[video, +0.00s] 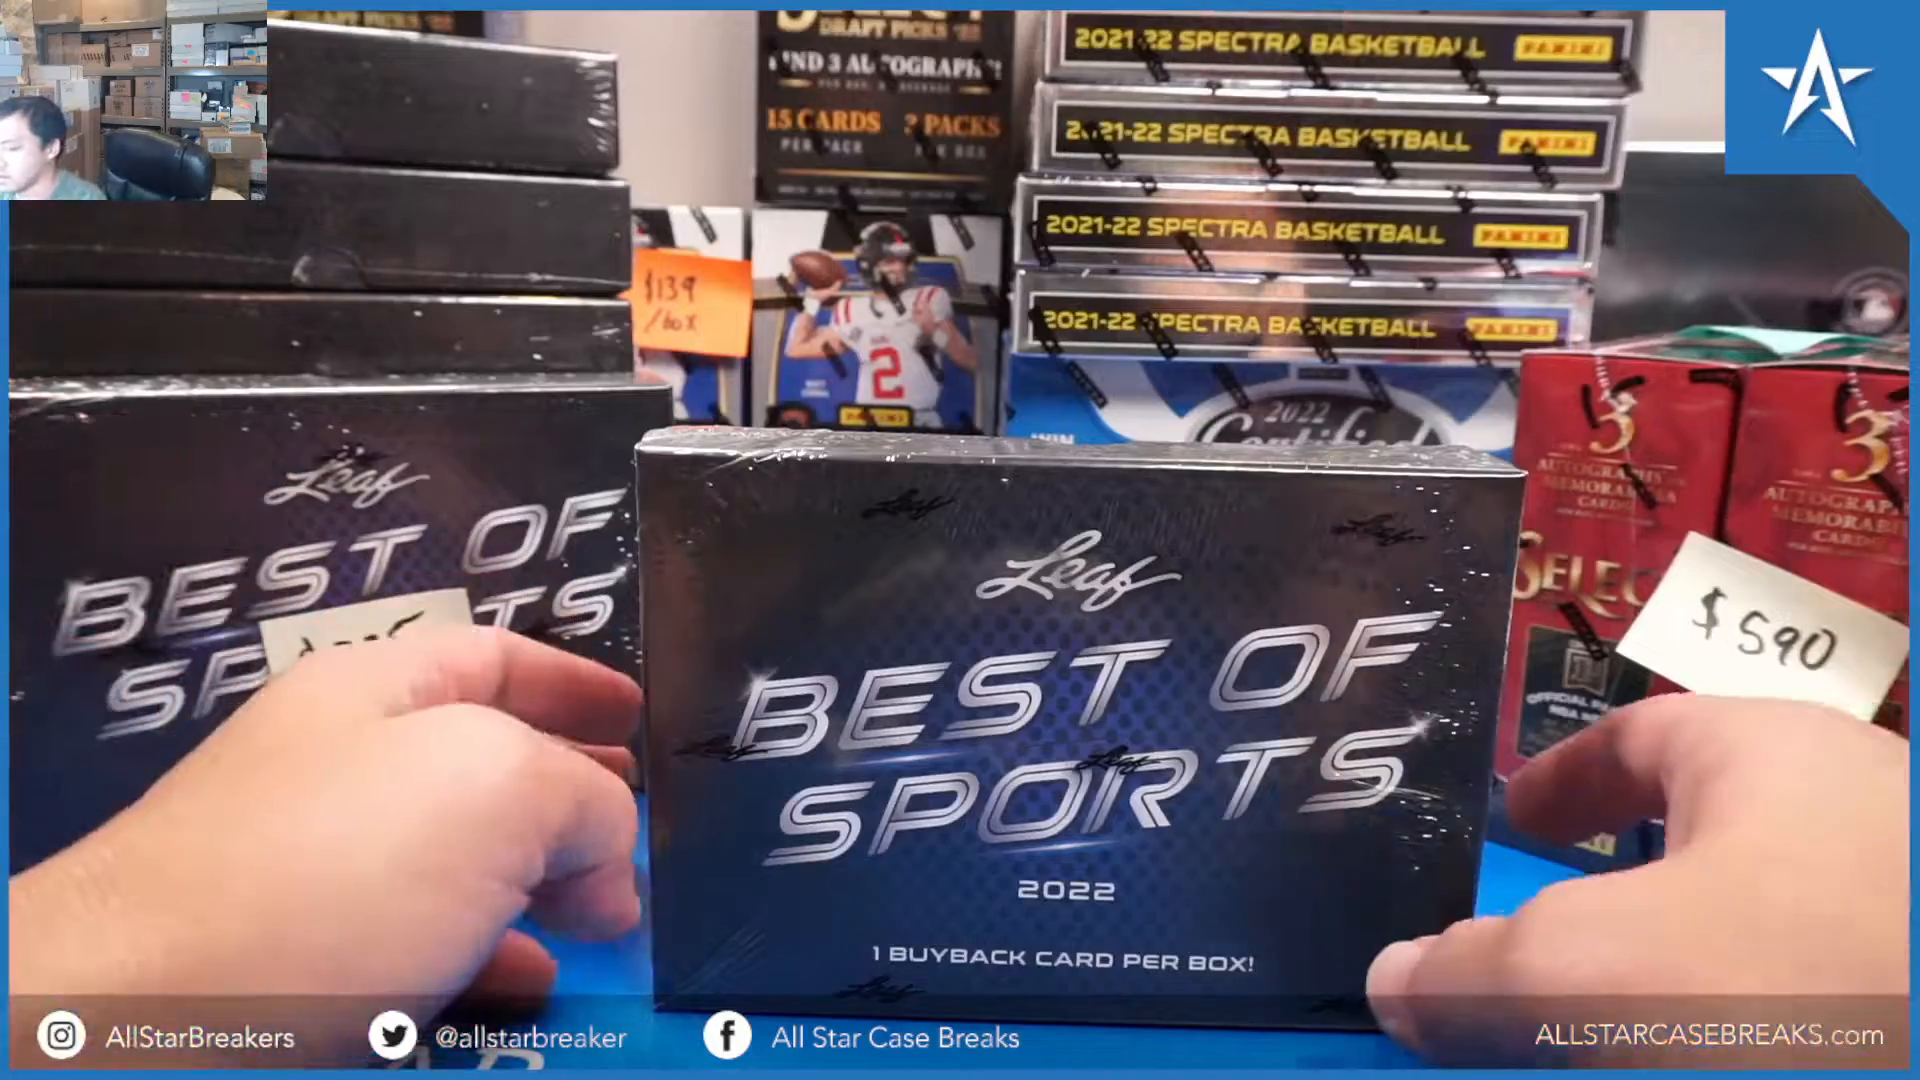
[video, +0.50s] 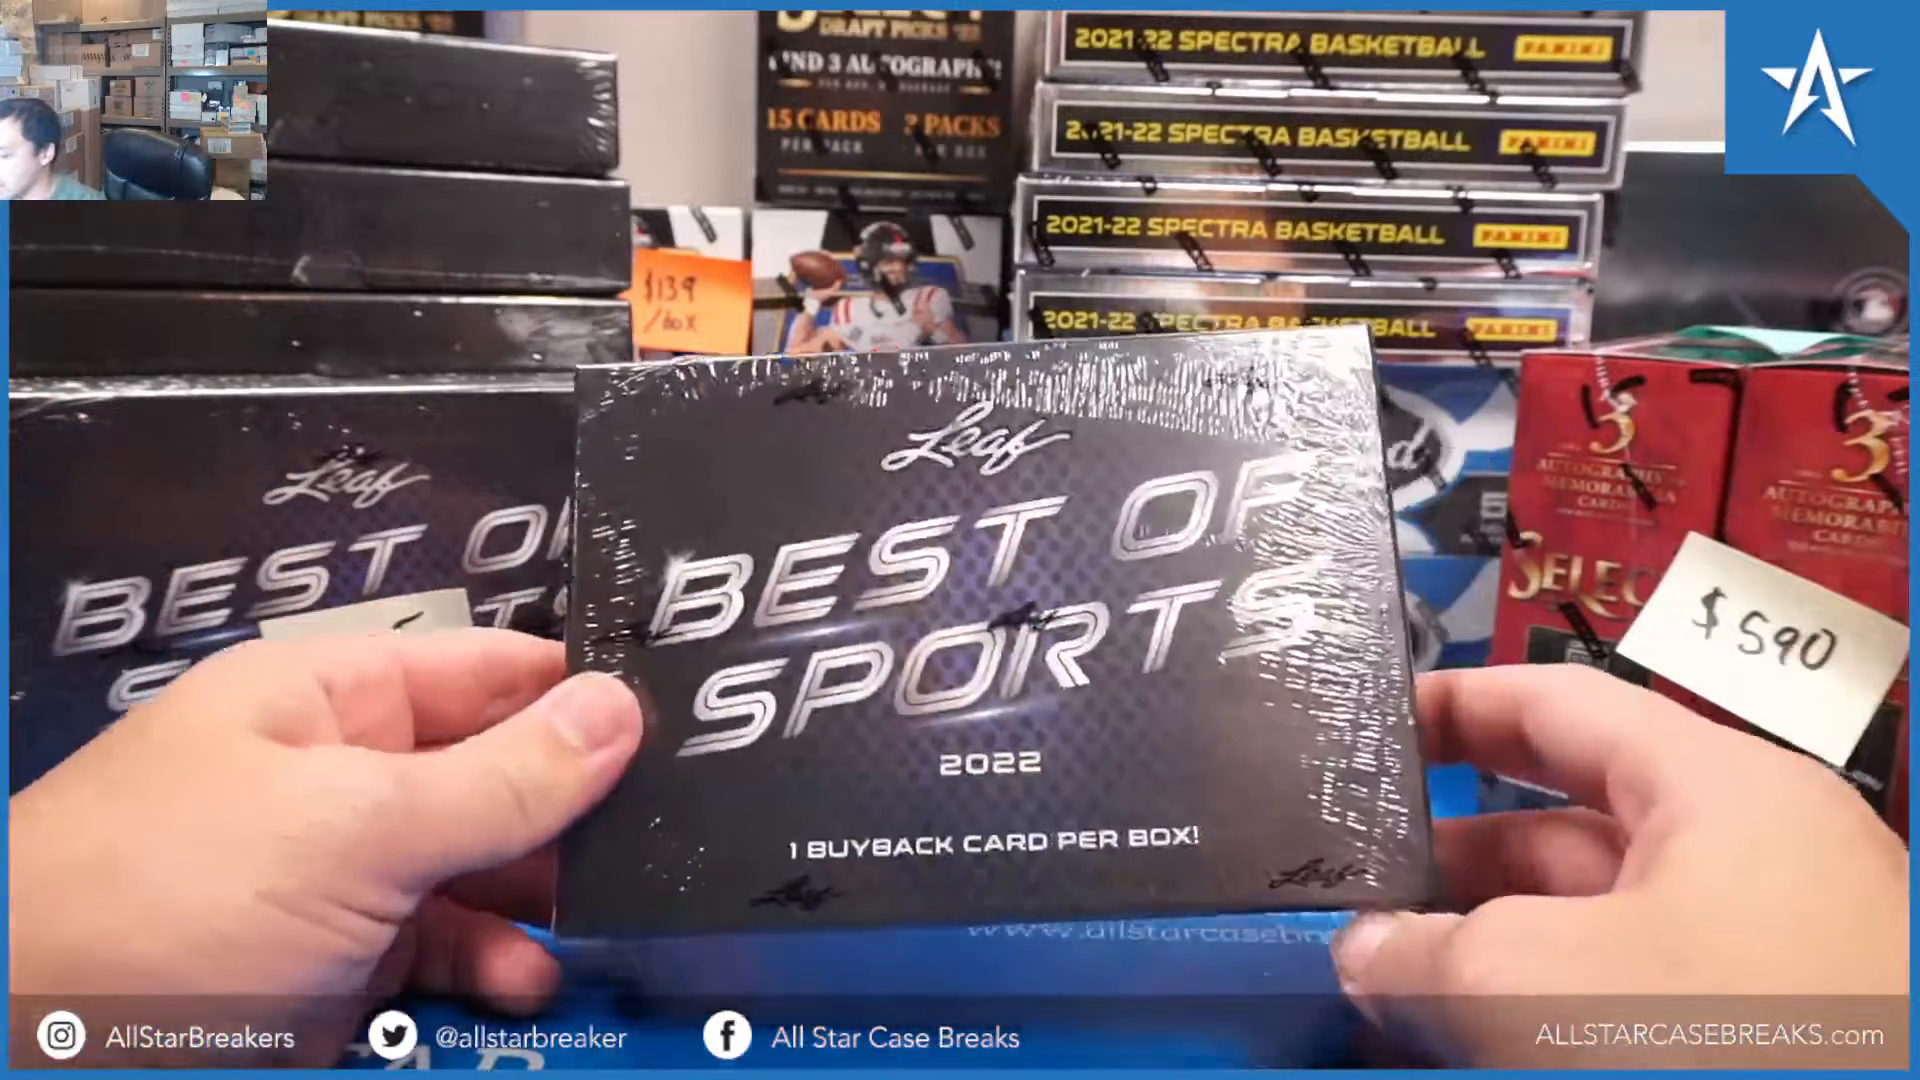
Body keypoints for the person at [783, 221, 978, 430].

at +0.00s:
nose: (897, 269)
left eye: (903, 260)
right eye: (887, 261)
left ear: (910, 263)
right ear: (868, 267)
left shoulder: (931, 298)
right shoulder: (851, 310)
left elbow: (972, 362)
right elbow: (796, 350)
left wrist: (935, 331)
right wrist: (812, 304)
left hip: (920, 419)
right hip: (868, 421)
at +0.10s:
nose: (897, 269)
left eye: (903, 260)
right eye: (887, 261)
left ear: (910, 263)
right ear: (868, 266)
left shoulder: (931, 298)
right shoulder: (850, 311)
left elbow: (971, 362)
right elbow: (795, 350)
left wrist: (935, 331)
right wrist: (812, 304)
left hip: (920, 419)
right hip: (868, 421)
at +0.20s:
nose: (896, 269)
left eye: (902, 260)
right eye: (887, 261)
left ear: (910, 264)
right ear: (868, 266)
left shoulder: (931, 298)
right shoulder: (852, 311)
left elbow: (972, 363)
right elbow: (796, 350)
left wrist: (934, 330)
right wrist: (812, 304)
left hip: (920, 420)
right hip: (868, 421)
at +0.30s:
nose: (897, 269)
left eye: (903, 261)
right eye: (888, 262)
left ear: (910, 264)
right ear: (870, 267)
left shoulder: (929, 299)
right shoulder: (853, 313)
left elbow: (971, 362)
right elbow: (795, 350)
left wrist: (934, 331)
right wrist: (812, 303)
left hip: (925, 414)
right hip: (872, 414)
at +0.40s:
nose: (898, 269)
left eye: (904, 261)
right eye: (889, 262)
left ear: (910, 263)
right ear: (869, 266)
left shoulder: (930, 298)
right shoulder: (851, 311)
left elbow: (969, 359)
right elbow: (796, 350)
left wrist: (935, 332)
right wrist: (812, 302)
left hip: (928, 394)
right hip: (873, 399)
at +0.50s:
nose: (898, 269)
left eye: (903, 260)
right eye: (888, 262)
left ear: (911, 263)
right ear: (869, 267)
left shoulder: (932, 298)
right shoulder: (847, 309)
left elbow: (963, 353)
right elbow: (794, 354)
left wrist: (934, 331)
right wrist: (812, 304)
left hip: (921, 386)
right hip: (863, 389)